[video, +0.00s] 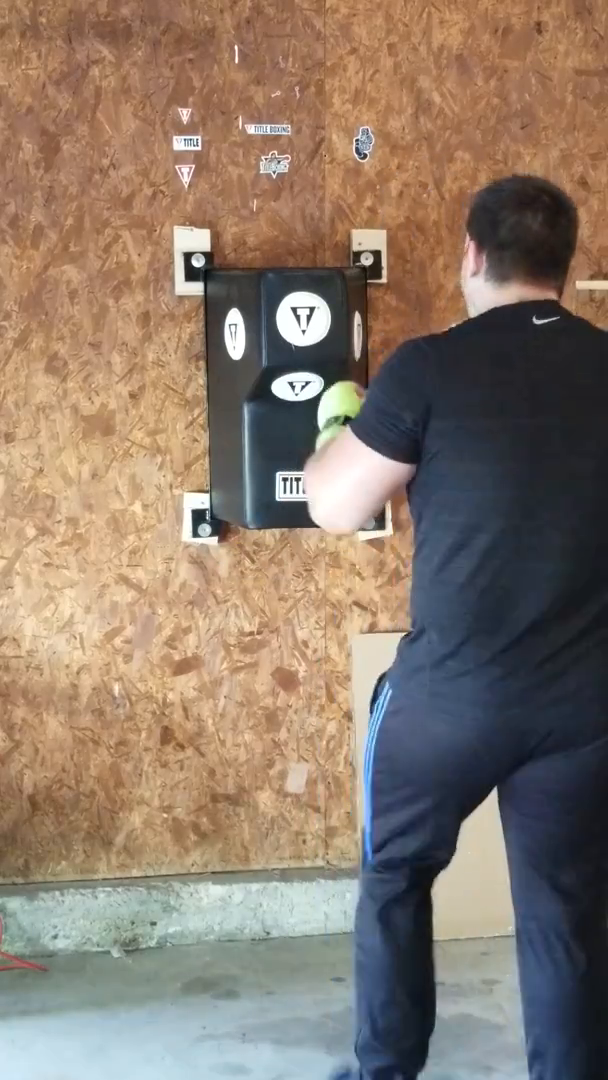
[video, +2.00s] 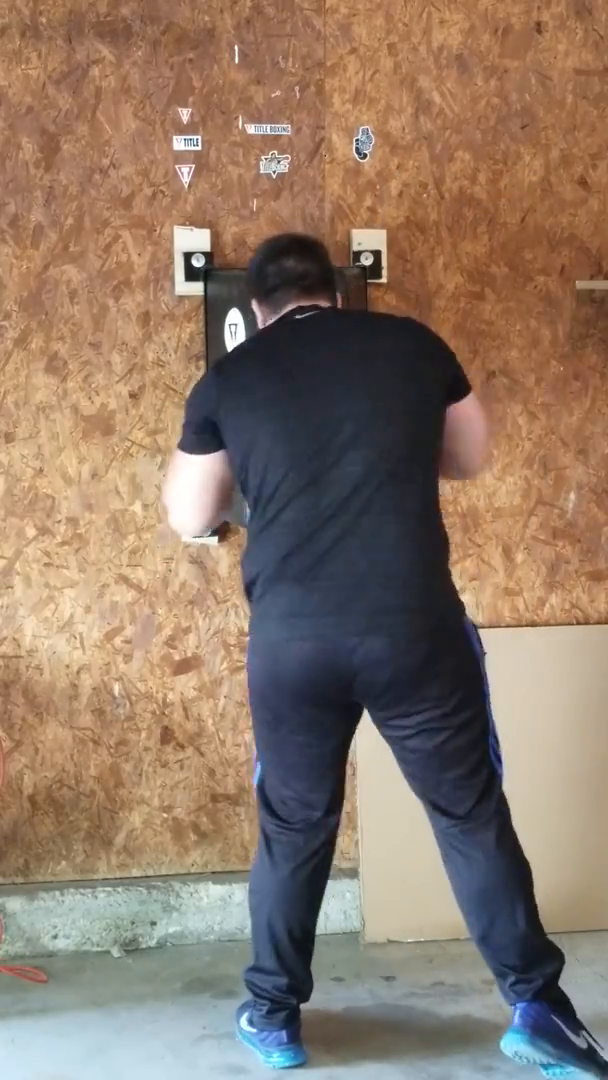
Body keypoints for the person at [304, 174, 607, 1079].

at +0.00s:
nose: (459, 262)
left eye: (462, 251)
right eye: (462, 250)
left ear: (473, 255)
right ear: (567, 264)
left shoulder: (430, 366)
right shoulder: (602, 357)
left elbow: (339, 505)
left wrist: (335, 459)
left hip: (458, 686)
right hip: (586, 691)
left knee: (395, 873)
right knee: (567, 919)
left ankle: (384, 1064)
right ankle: (566, 1071)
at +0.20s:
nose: (463, 265)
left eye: (466, 253)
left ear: (473, 260)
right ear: (563, 278)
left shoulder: (403, 346)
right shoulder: (596, 370)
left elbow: (292, 445)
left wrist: (290, 392)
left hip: (425, 661)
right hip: (556, 666)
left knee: (409, 858)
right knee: (565, 887)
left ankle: (382, 1044)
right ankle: (576, 1065)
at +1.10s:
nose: (388, 317)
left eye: (392, 306)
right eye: (394, 309)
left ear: (406, 307)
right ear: (481, 315)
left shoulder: (362, 365)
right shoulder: (547, 403)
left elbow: (250, 442)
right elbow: (546, 539)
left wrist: (309, 386)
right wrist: (479, 525)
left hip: (363, 648)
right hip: (483, 660)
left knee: (313, 825)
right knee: (520, 837)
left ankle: (273, 1013)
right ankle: (571, 1029)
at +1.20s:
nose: (328, 327)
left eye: (325, 315)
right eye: (325, 317)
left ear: (343, 309)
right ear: (417, 299)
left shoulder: (347, 366)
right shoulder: (499, 382)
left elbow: (249, 464)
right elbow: (477, 483)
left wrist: (284, 386)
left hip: (368, 641)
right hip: (478, 646)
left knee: (304, 828)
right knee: (491, 823)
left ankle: (272, 1014)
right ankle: (562, 1010)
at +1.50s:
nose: (232, 372)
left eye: (226, 357)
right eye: (229, 359)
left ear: (237, 347)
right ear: (306, 310)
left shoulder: (283, 398)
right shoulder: (401, 359)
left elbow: (256, 544)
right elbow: (365, 480)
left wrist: (201, 498)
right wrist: (255, 455)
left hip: (353, 638)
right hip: (464, 625)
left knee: (296, 829)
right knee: (487, 818)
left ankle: (274, 1013)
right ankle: (558, 1009)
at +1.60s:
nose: (231, 346)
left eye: (230, 332)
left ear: (242, 325)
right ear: (320, 297)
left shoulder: (240, 387)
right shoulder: (411, 340)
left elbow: (208, 525)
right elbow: (457, 442)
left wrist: (148, 545)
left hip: (321, 639)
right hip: (438, 623)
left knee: (300, 825)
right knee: (497, 807)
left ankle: (276, 1015)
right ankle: (567, 1005)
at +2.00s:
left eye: (254, 314)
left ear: (259, 311)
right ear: (338, 293)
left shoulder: (227, 378)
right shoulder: (410, 340)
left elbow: (191, 517)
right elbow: (470, 457)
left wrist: (240, 477)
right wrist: (387, 440)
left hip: (293, 638)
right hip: (415, 625)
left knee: (292, 826)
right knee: (471, 813)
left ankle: (273, 1014)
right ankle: (537, 1002)